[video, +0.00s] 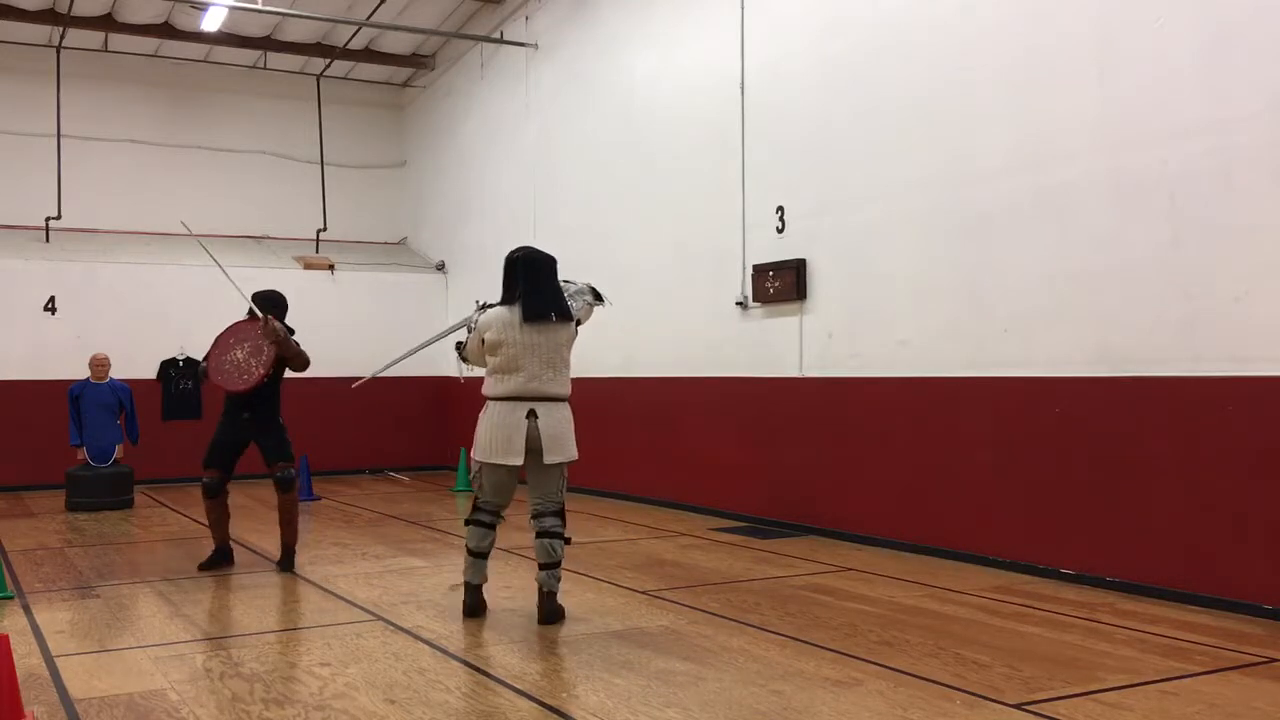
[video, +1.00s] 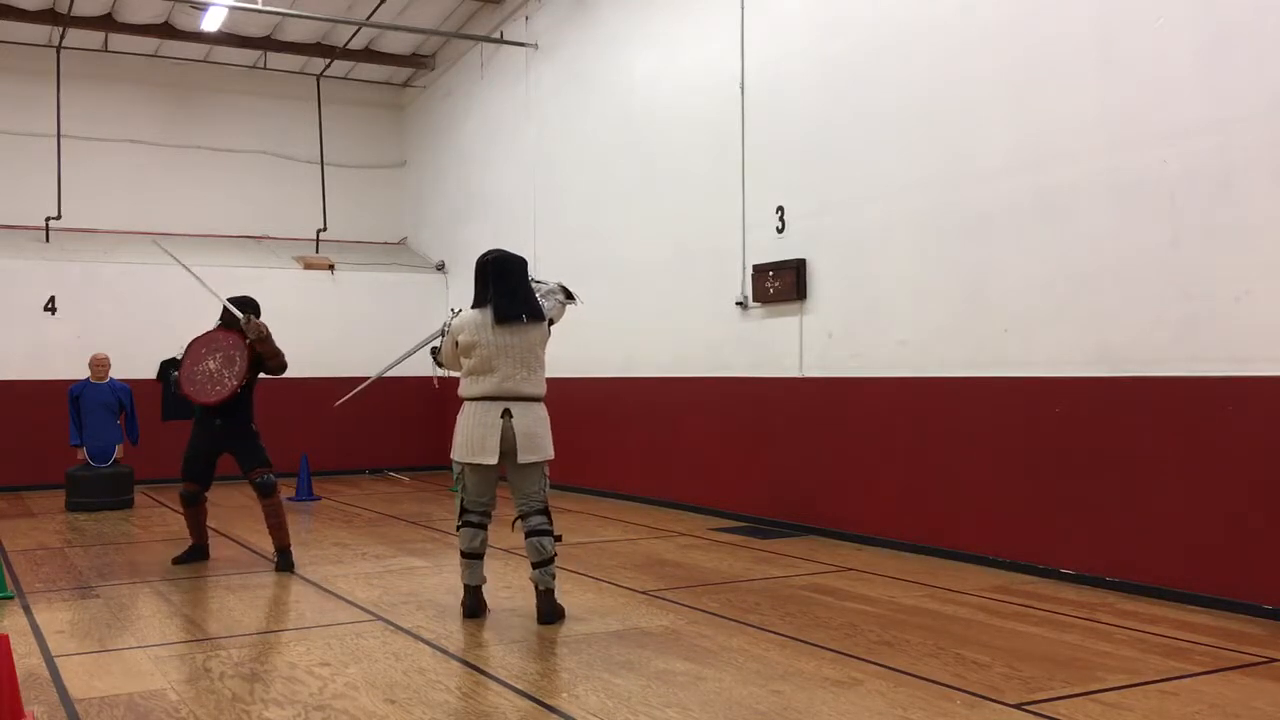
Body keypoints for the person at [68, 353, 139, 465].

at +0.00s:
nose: (100, 369)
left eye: (103, 366)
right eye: (96, 365)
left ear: (109, 367)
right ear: (89, 367)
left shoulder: (121, 389)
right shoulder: (77, 390)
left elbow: (130, 415)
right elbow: (74, 419)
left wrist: (133, 437)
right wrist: (78, 444)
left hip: (113, 445)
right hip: (87, 444)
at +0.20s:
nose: (100, 369)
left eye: (104, 366)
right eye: (96, 365)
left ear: (109, 367)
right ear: (89, 367)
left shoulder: (121, 389)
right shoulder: (77, 390)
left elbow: (130, 415)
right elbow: (74, 419)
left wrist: (133, 437)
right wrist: (78, 444)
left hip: (113, 445)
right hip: (87, 445)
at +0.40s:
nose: (100, 369)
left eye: (104, 366)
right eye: (96, 365)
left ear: (109, 367)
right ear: (89, 367)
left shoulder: (121, 389)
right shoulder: (77, 390)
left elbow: (130, 415)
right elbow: (74, 419)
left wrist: (133, 437)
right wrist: (78, 445)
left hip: (113, 445)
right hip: (87, 445)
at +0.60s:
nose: (100, 369)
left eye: (103, 366)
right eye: (96, 366)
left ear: (109, 367)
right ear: (89, 367)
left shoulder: (121, 389)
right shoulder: (77, 390)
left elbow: (130, 415)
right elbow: (74, 420)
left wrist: (133, 438)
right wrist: (78, 445)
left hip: (113, 444)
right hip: (88, 444)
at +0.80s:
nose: (100, 369)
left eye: (103, 366)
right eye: (96, 366)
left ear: (109, 367)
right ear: (89, 367)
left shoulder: (121, 389)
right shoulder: (77, 390)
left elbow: (130, 415)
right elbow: (74, 420)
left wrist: (133, 438)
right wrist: (78, 445)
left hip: (113, 444)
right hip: (88, 444)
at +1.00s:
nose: (100, 369)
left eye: (103, 366)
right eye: (96, 366)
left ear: (109, 367)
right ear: (89, 367)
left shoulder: (121, 389)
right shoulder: (77, 390)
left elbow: (130, 415)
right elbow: (74, 420)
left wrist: (133, 438)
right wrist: (78, 445)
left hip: (113, 444)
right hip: (88, 444)